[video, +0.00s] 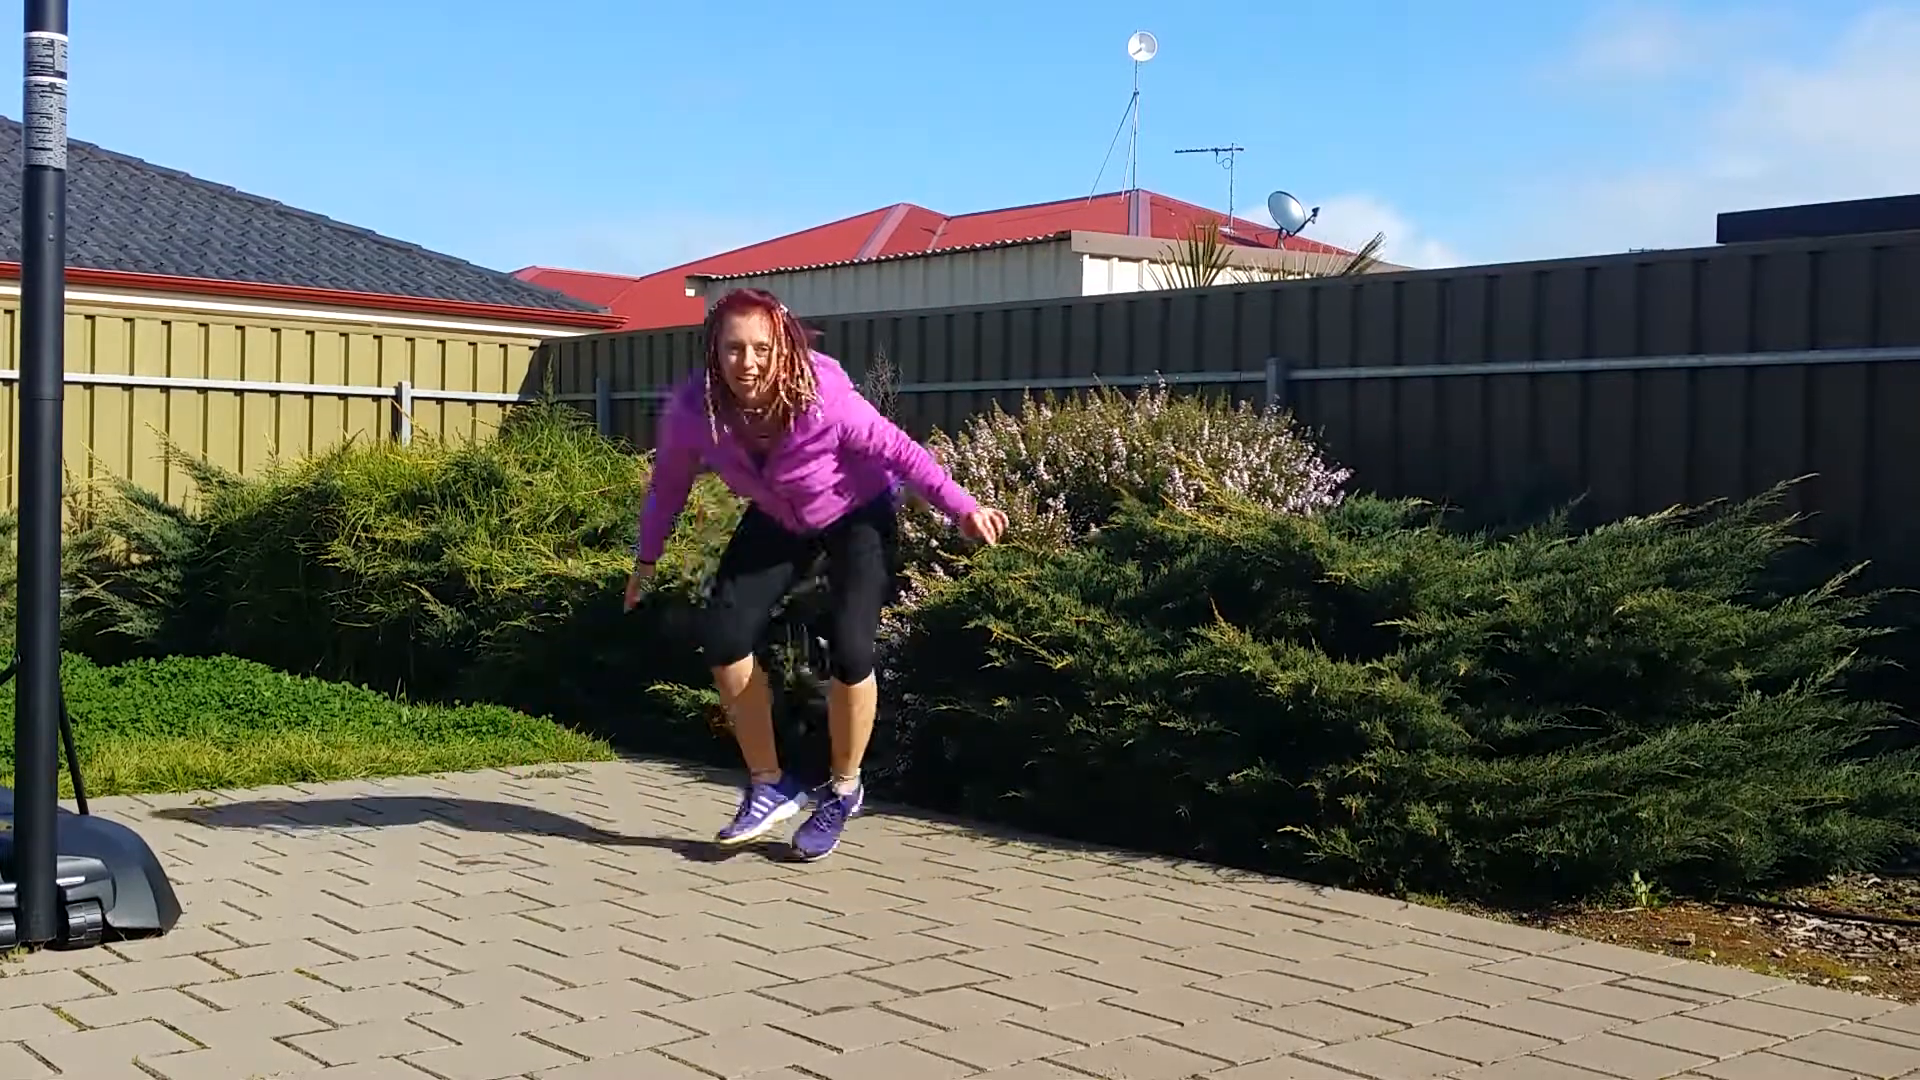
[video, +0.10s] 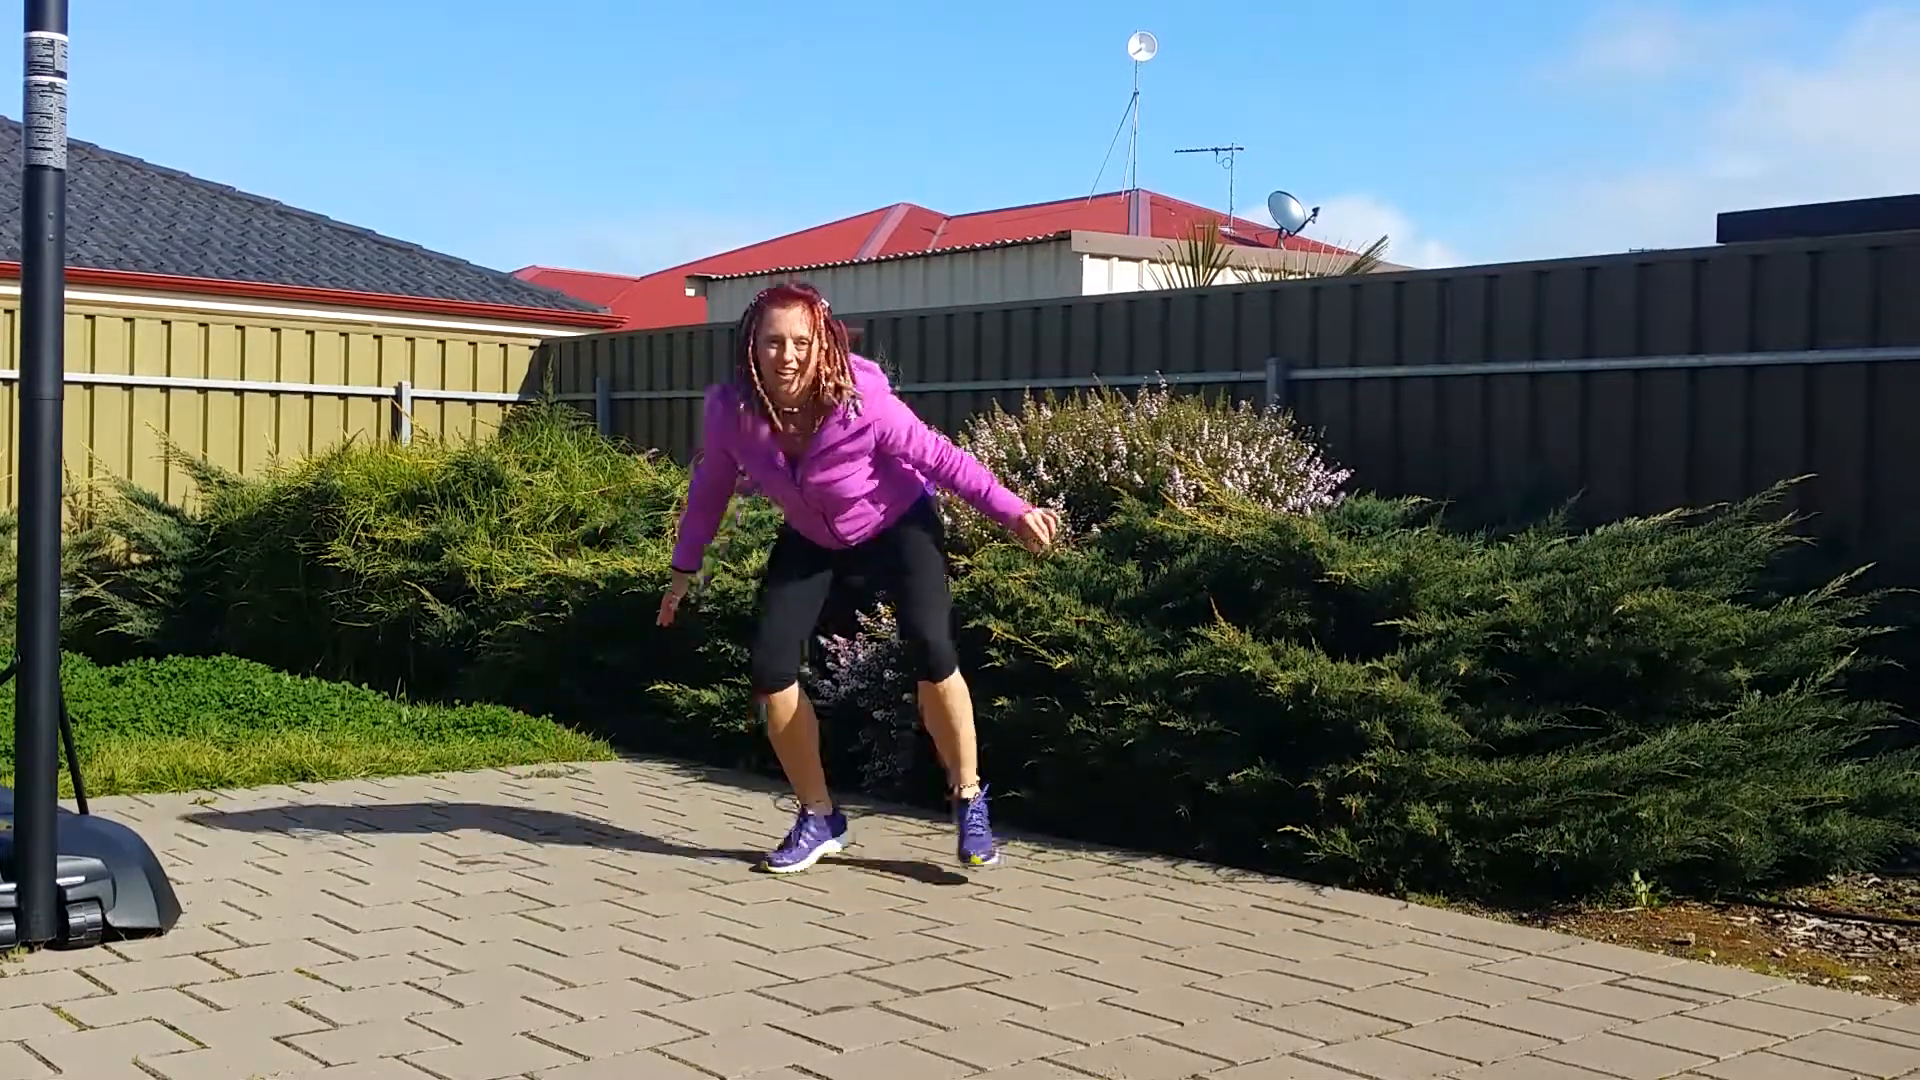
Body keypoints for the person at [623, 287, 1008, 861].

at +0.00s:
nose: (747, 363)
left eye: (761, 349)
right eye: (733, 349)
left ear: (783, 351)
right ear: (713, 353)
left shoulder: (822, 389)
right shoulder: (692, 410)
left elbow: (895, 448)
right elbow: (666, 488)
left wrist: (964, 507)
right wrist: (644, 559)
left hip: (855, 510)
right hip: (775, 515)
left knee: (850, 652)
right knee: (725, 640)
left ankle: (844, 789)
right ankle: (768, 786)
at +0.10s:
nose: (785, 355)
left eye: (800, 342)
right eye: (772, 342)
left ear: (822, 348)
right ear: (751, 348)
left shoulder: (860, 396)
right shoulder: (730, 407)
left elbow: (939, 456)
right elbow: (710, 488)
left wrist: (1014, 510)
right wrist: (683, 568)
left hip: (896, 524)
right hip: (809, 535)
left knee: (933, 651)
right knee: (771, 668)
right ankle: (818, 816)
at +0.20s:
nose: (834, 366)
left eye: (847, 353)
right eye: (820, 353)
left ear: (870, 360)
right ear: (800, 359)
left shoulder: (906, 411)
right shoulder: (772, 430)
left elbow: (974, 479)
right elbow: (748, 519)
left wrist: (1049, 532)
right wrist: (716, 599)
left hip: (940, 556)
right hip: (850, 566)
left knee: (1013, 677)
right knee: (791, 689)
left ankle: (1109, 818)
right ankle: (829, 829)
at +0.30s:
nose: (896, 365)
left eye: (910, 351)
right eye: (881, 351)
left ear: (935, 358)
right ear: (860, 360)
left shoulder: (974, 416)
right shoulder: (839, 429)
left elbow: (1043, 492)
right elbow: (809, 522)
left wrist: (1117, 553)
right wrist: (769, 599)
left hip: (1004, 578)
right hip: (906, 585)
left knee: (1078, 691)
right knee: (825, 696)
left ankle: (1172, 849)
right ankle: (830, 830)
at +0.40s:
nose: (976, 338)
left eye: (990, 324)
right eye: (962, 325)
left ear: (1018, 334)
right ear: (943, 339)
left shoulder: (1064, 397)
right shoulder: (924, 413)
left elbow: (1132, 477)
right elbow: (906, 493)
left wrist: (1208, 542)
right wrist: (861, 563)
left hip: (1092, 562)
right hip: (989, 566)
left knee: (1145, 696)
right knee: (912, 694)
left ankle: (1185, 863)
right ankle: (845, 819)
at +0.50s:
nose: (1039, 312)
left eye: (1054, 297)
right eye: (1023, 299)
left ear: (1081, 305)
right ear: (1002, 311)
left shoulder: (1127, 363)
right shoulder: (985, 392)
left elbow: (1200, 440)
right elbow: (973, 464)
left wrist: (1272, 498)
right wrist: (950, 521)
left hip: (1168, 528)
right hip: (1066, 535)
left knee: (1203, 685)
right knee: (992, 674)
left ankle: (1205, 853)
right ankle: (1011, 832)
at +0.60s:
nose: (1096, 304)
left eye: (1110, 288)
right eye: (1080, 291)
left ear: (1135, 293)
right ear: (1057, 300)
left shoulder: (1183, 353)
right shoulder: (1039, 372)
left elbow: (1254, 429)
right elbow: (1021, 444)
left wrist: (1314, 495)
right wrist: (1006, 502)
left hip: (1226, 505)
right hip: (1128, 522)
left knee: (1280, 657)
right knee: (1097, 670)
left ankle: (1320, 828)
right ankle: (1181, 827)